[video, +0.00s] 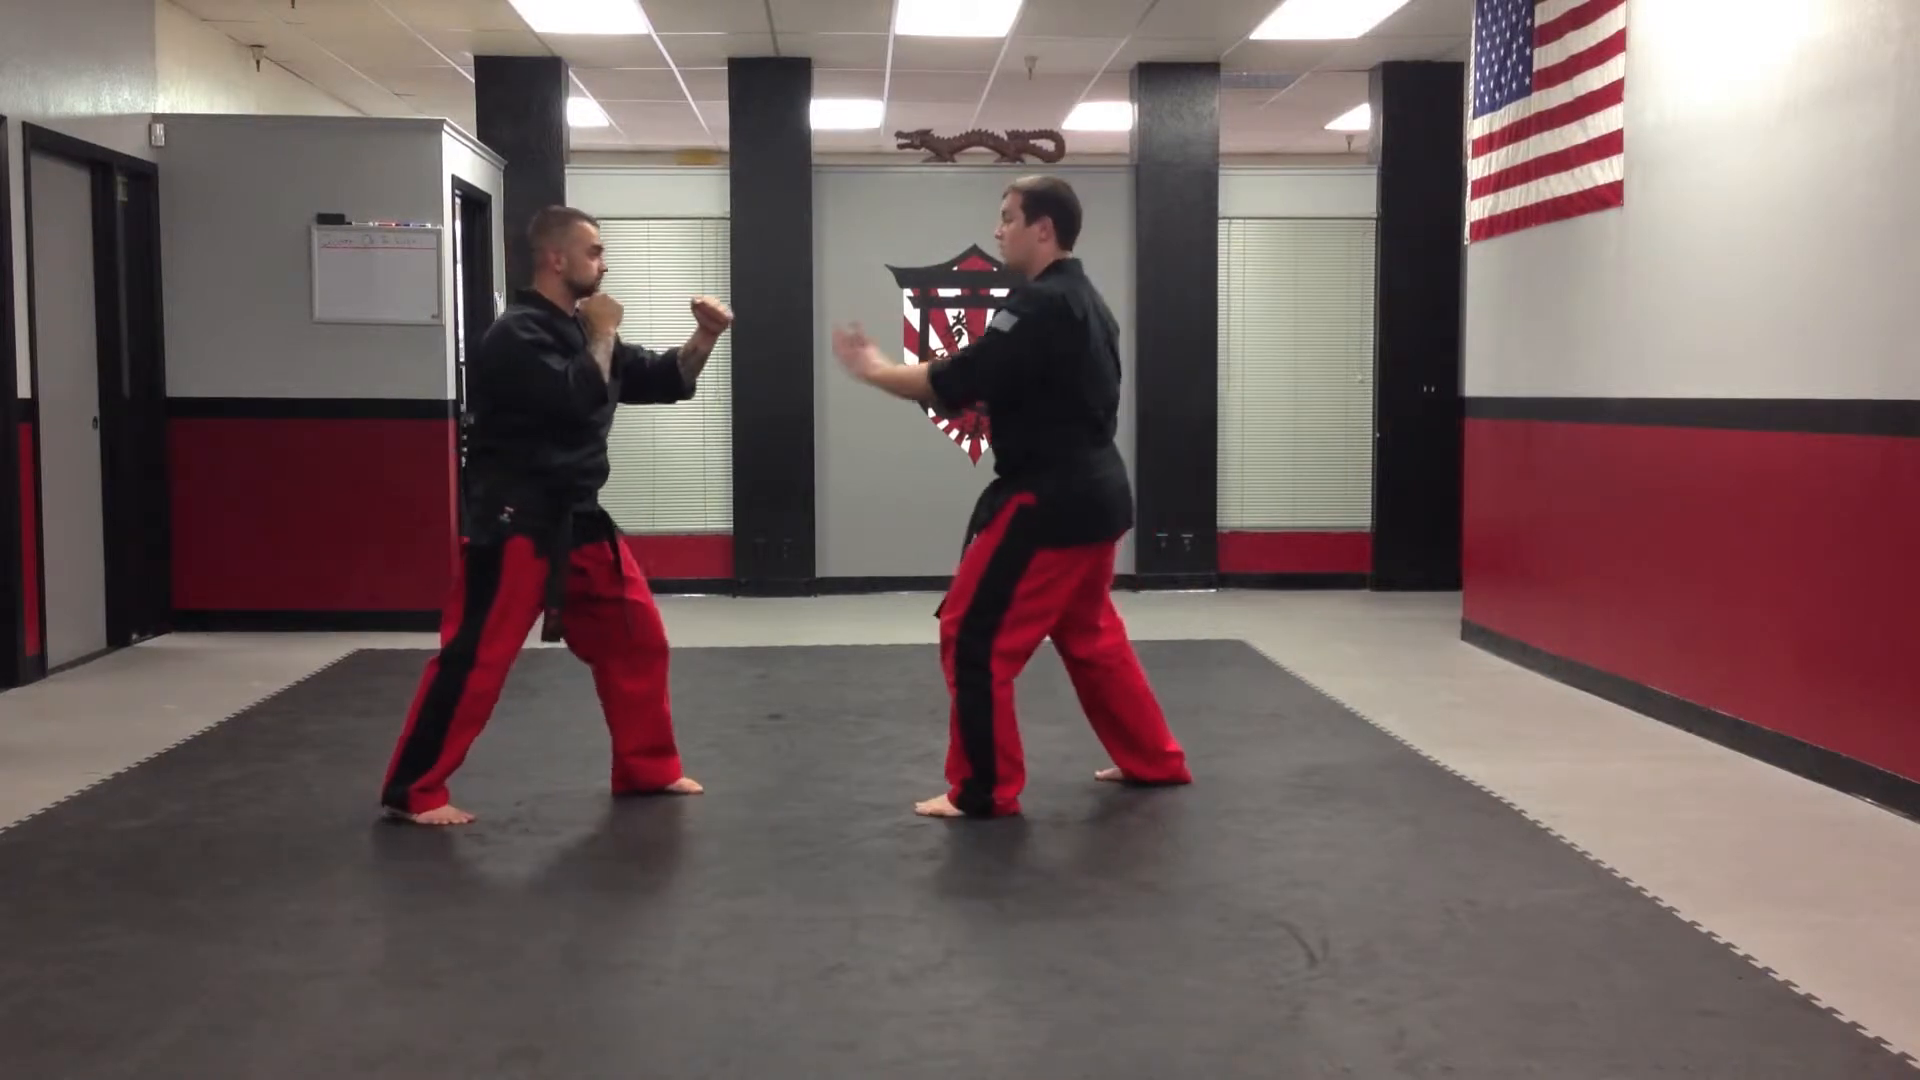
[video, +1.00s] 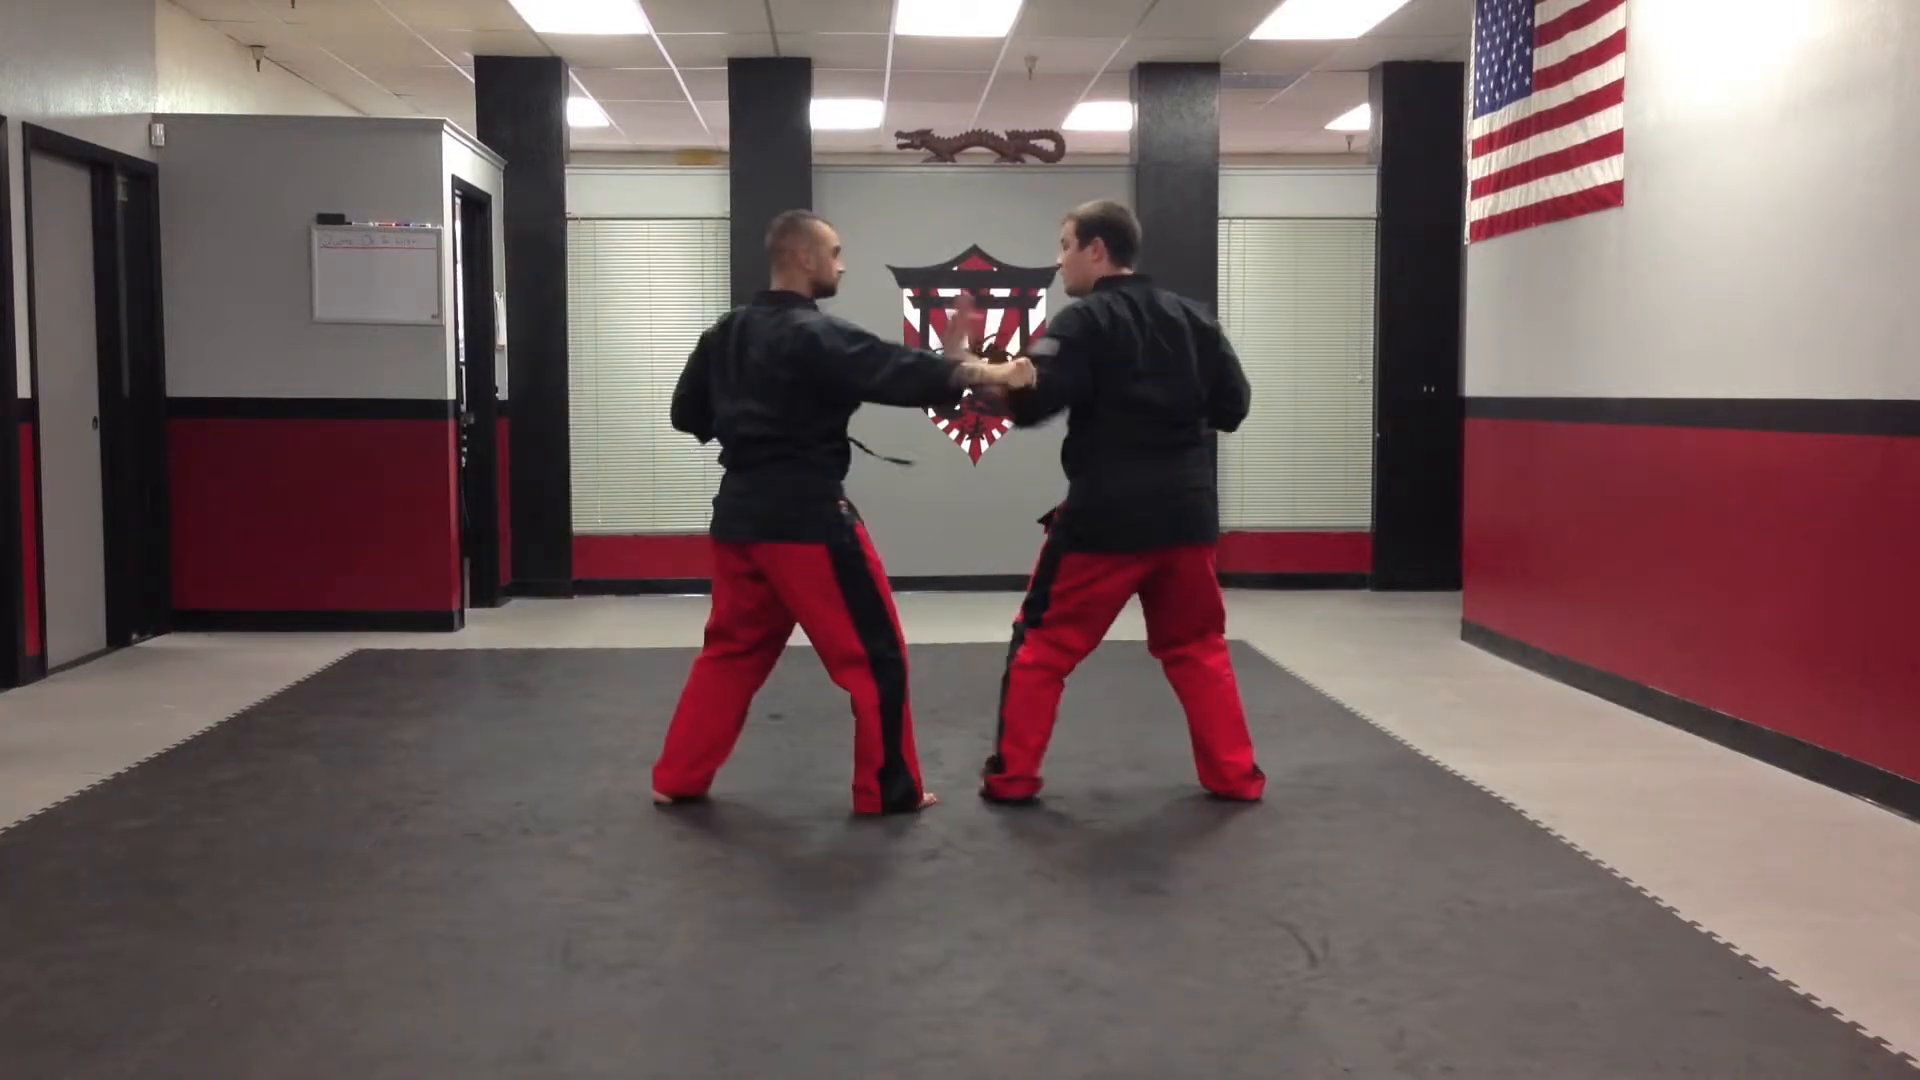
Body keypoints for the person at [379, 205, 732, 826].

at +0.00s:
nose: (604, 264)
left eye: (602, 252)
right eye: (593, 252)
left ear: (560, 261)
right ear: (553, 258)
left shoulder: (580, 333)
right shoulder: (512, 335)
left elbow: (664, 379)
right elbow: (570, 401)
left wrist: (704, 339)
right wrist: (602, 340)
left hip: (578, 518)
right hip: (510, 523)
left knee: (636, 641)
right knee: (473, 660)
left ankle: (645, 771)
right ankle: (412, 791)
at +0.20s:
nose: (633, 268)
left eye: (632, 257)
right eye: (623, 257)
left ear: (590, 265)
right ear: (583, 263)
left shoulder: (610, 335)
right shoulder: (549, 339)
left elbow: (686, 384)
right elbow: (609, 403)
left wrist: (730, 347)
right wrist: (636, 340)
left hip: (618, 519)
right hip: (558, 524)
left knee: (664, 640)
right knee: (525, 657)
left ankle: (647, 769)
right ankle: (436, 781)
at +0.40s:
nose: (684, 261)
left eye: (682, 250)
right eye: (673, 250)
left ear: (646, 260)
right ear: (635, 258)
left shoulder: (648, 326)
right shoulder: (625, 330)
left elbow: (694, 398)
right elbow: (690, 393)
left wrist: (733, 364)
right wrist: (721, 338)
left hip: (658, 501)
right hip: (625, 506)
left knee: (689, 628)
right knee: (687, 630)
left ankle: (658, 760)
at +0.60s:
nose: (755, 262)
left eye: (752, 251)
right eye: (744, 252)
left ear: (698, 263)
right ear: (707, 259)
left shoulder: (650, 333)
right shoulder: (727, 320)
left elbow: (640, 423)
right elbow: (808, 313)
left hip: (659, 516)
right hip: (711, 518)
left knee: (680, 641)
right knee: (780, 637)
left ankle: (649, 766)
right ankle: (851, 766)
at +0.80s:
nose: (813, 270)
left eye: (812, 260)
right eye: (806, 260)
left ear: (753, 269)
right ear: (774, 265)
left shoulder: (704, 338)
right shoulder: (796, 328)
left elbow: (668, 428)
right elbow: (865, 329)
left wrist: (734, 425)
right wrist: (925, 308)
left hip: (722, 524)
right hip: (790, 524)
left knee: (731, 647)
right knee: (865, 650)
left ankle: (665, 766)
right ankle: (890, 791)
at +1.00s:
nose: (842, 264)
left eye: (839, 253)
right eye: (833, 253)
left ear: (780, 261)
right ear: (801, 260)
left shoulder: (726, 334)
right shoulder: (820, 335)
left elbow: (688, 412)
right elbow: (897, 369)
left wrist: (750, 419)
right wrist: (983, 371)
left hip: (738, 520)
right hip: (810, 522)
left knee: (732, 648)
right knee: (875, 656)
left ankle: (678, 778)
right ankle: (889, 792)